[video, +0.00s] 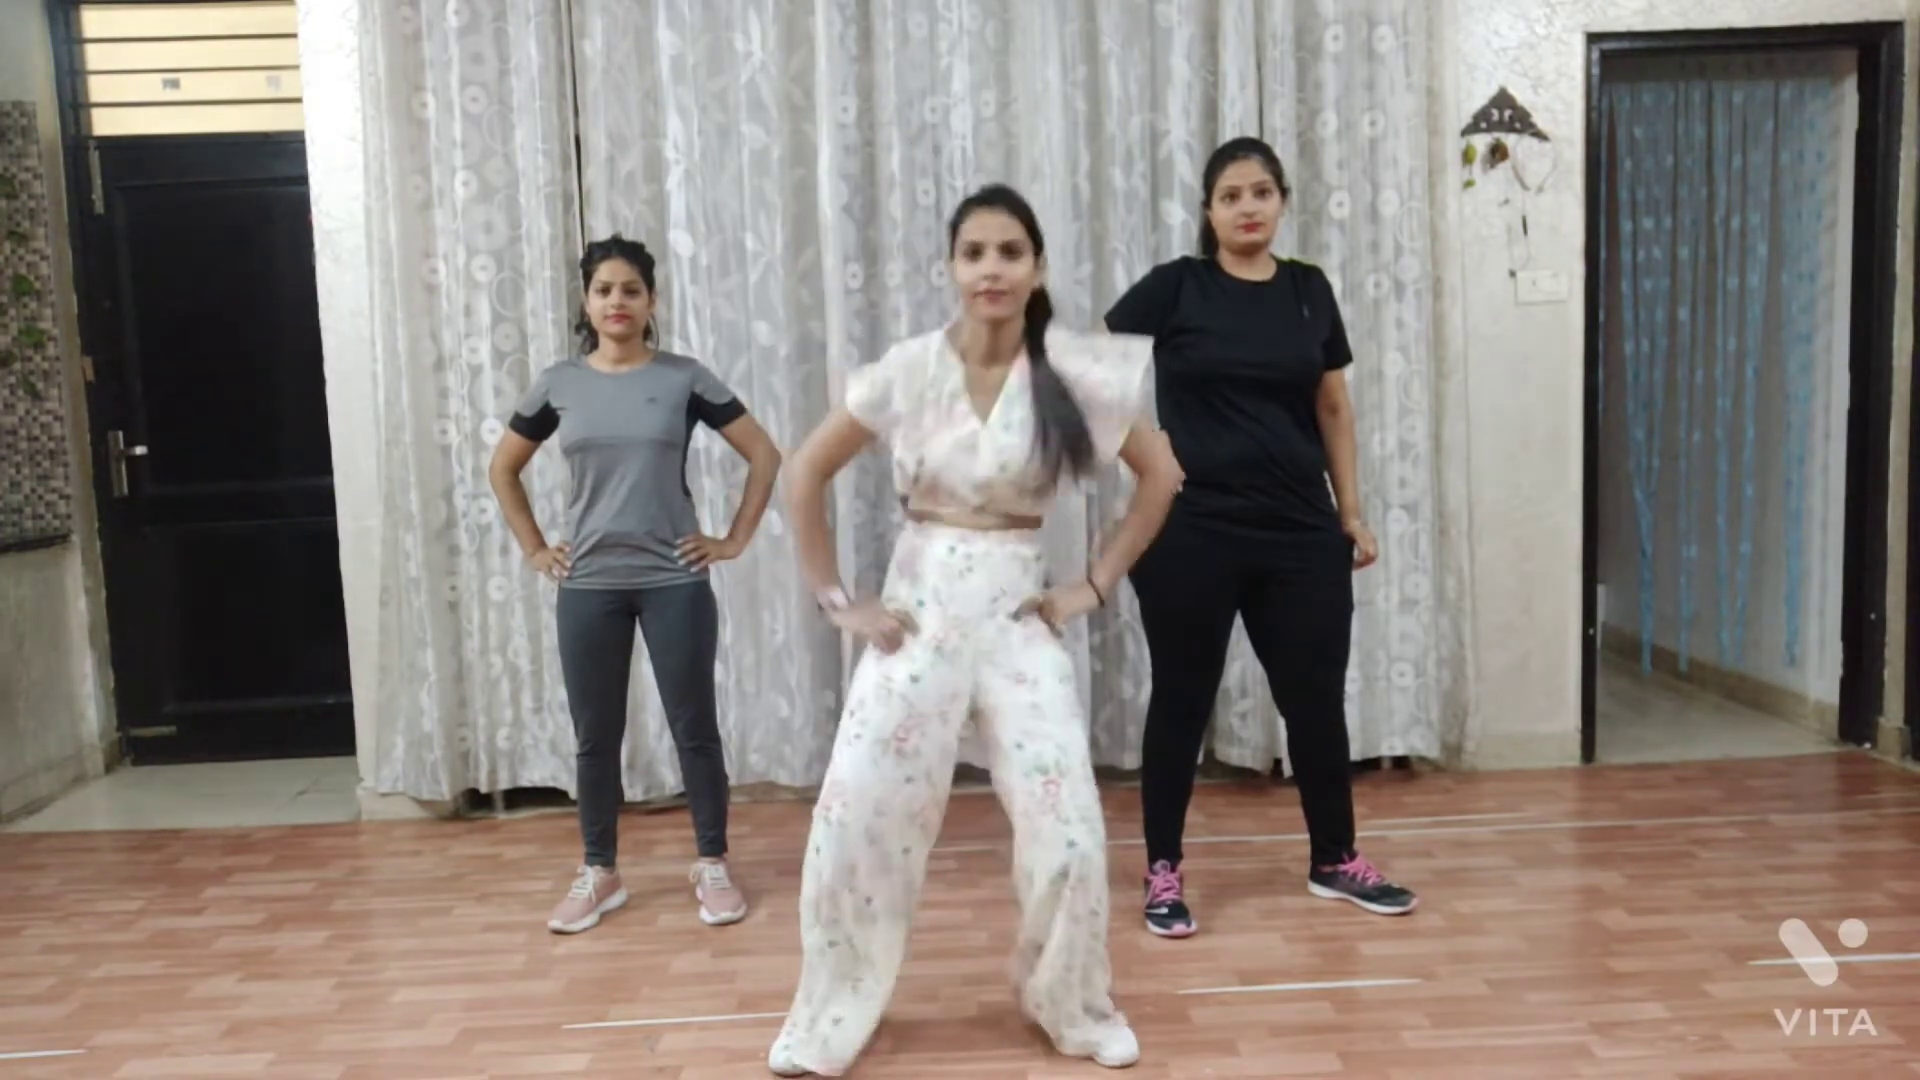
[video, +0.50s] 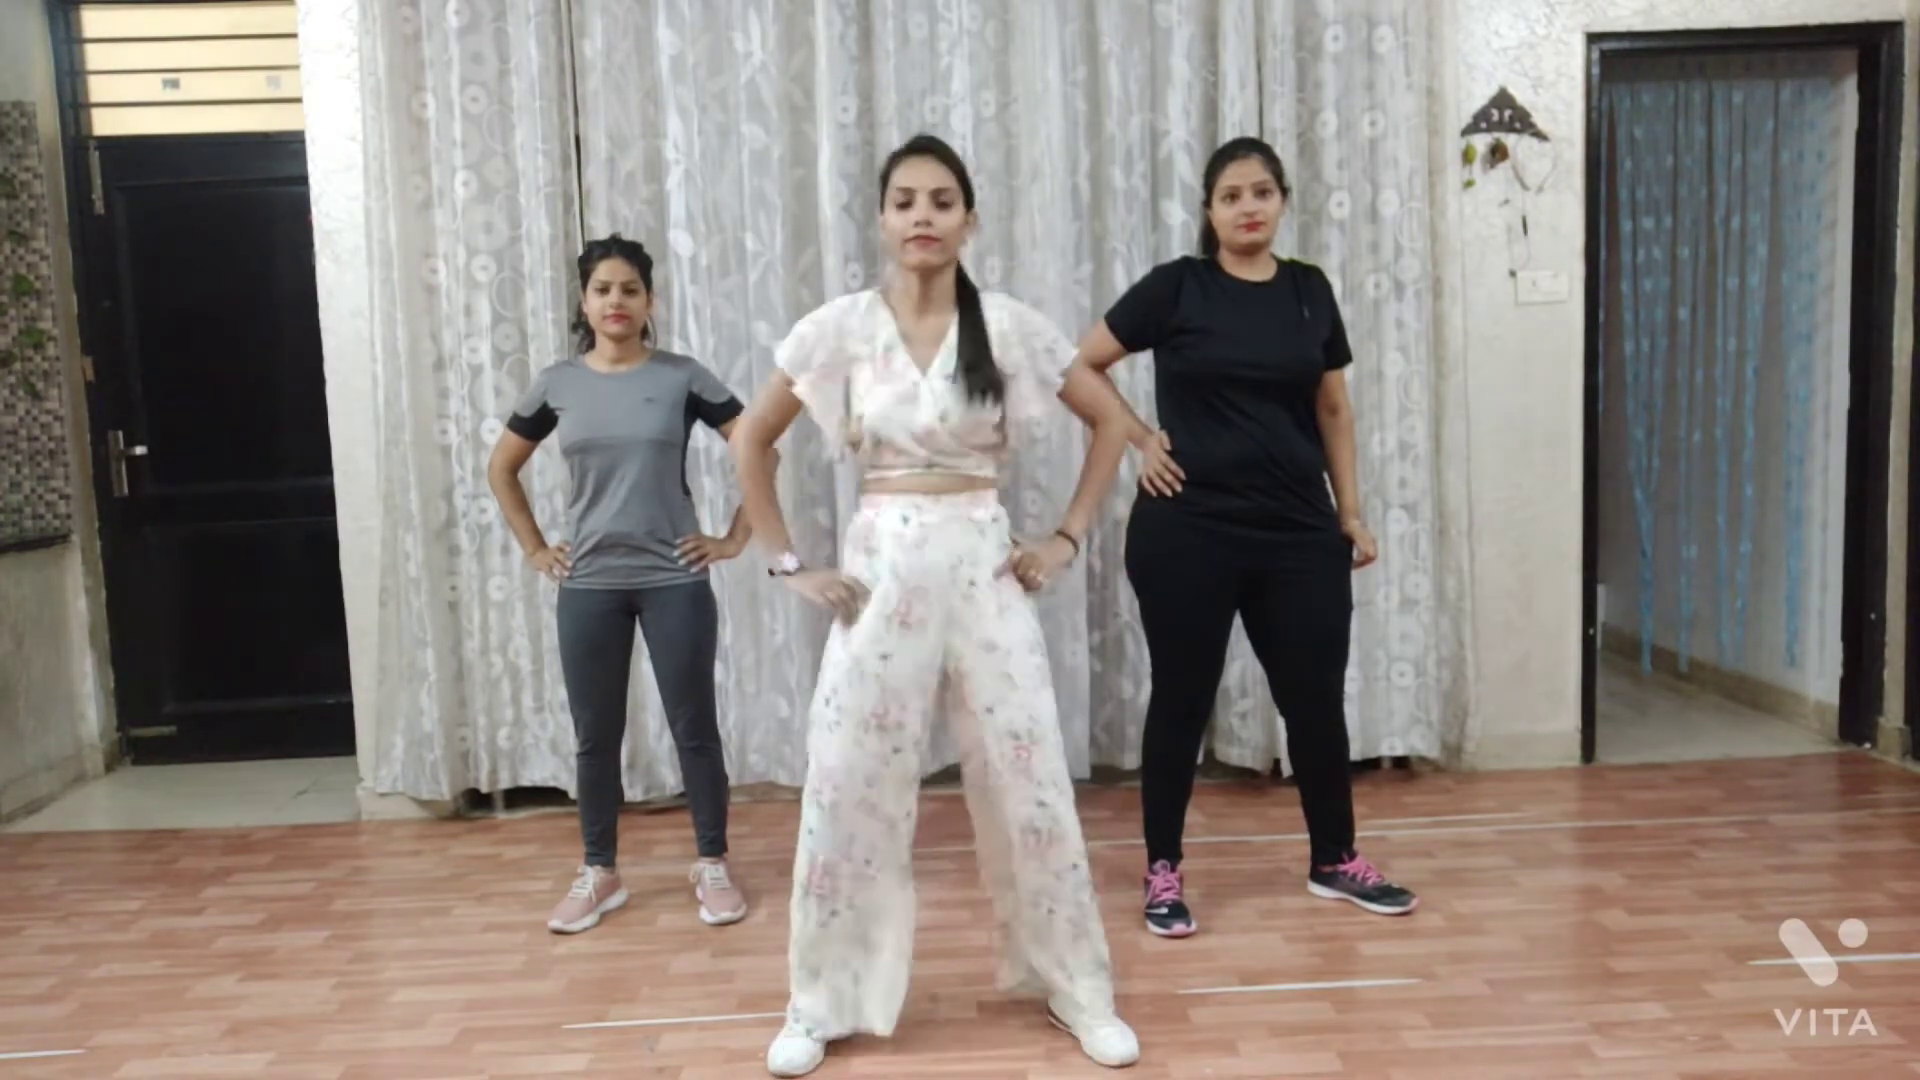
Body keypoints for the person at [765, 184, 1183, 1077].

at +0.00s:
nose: (992, 269)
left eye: (1010, 252)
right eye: (975, 253)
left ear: (1038, 267)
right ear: (951, 267)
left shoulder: (1075, 376)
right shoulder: (907, 373)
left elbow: (1163, 478)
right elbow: (802, 474)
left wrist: (1092, 585)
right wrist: (838, 599)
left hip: (1020, 619)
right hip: (912, 614)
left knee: (1070, 830)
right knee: (852, 815)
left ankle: (1075, 1006)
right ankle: (825, 1020)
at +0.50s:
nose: (922, 218)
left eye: (941, 202)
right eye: (905, 202)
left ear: (968, 219)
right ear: (880, 219)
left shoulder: (1008, 327)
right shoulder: (835, 332)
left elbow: (1114, 425)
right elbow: (749, 443)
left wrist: (1062, 539)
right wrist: (793, 569)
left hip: (986, 578)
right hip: (880, 582)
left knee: (1032, 783)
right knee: (838, 790)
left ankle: (1081, 990)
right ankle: (817, 1003)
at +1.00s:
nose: (914, 253)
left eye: (932, 241)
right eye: (898, 241)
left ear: (961, 265)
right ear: (873, 262)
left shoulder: (991, 373)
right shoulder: (822, 369)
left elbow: (1070, 464)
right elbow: (764, 482)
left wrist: (1044, 577)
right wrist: (790, 597)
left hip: (976, 617)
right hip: (867, 622)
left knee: (1038, 813)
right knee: (828, 823)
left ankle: (1067, 1002)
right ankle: (815, 1009)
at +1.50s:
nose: (927, 230)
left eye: (944, 215)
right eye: (908, 219)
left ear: (975, 236)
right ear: (887, 244)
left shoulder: (1021, 342)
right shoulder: (856, 349)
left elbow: (1120, 424)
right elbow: (738, 428)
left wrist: (1198, 494)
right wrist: (632, 491)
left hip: (975, 608)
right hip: (879, 600)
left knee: (991, 822)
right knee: (785, 798)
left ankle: (926, 1003)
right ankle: (662, 1013)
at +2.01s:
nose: (926, 238)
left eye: (944, 224)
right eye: (907, 228)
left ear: (974, 250)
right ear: (885, 256)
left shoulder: (1009, 341)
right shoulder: (864, 348)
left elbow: (1131, 372)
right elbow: (772, 378)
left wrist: (1248, 404)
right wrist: (675, 408)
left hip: (972, 606)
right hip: (871, 599)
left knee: (983, 823)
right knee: (768, 797)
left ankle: (948, 1030)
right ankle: (646, 1014)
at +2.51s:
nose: (941, 244)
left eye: (957, 230)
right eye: (922, 230)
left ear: (982, 248)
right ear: (893, 247)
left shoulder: (1003, 336)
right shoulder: (860, 333)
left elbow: (1006, 377)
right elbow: (883, 347)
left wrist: (969, 420)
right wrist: (962, 322)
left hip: (971, 597)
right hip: (875, 591)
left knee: (985, 811)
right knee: (773, 784)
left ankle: (948, 1025)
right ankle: (644, 1011)